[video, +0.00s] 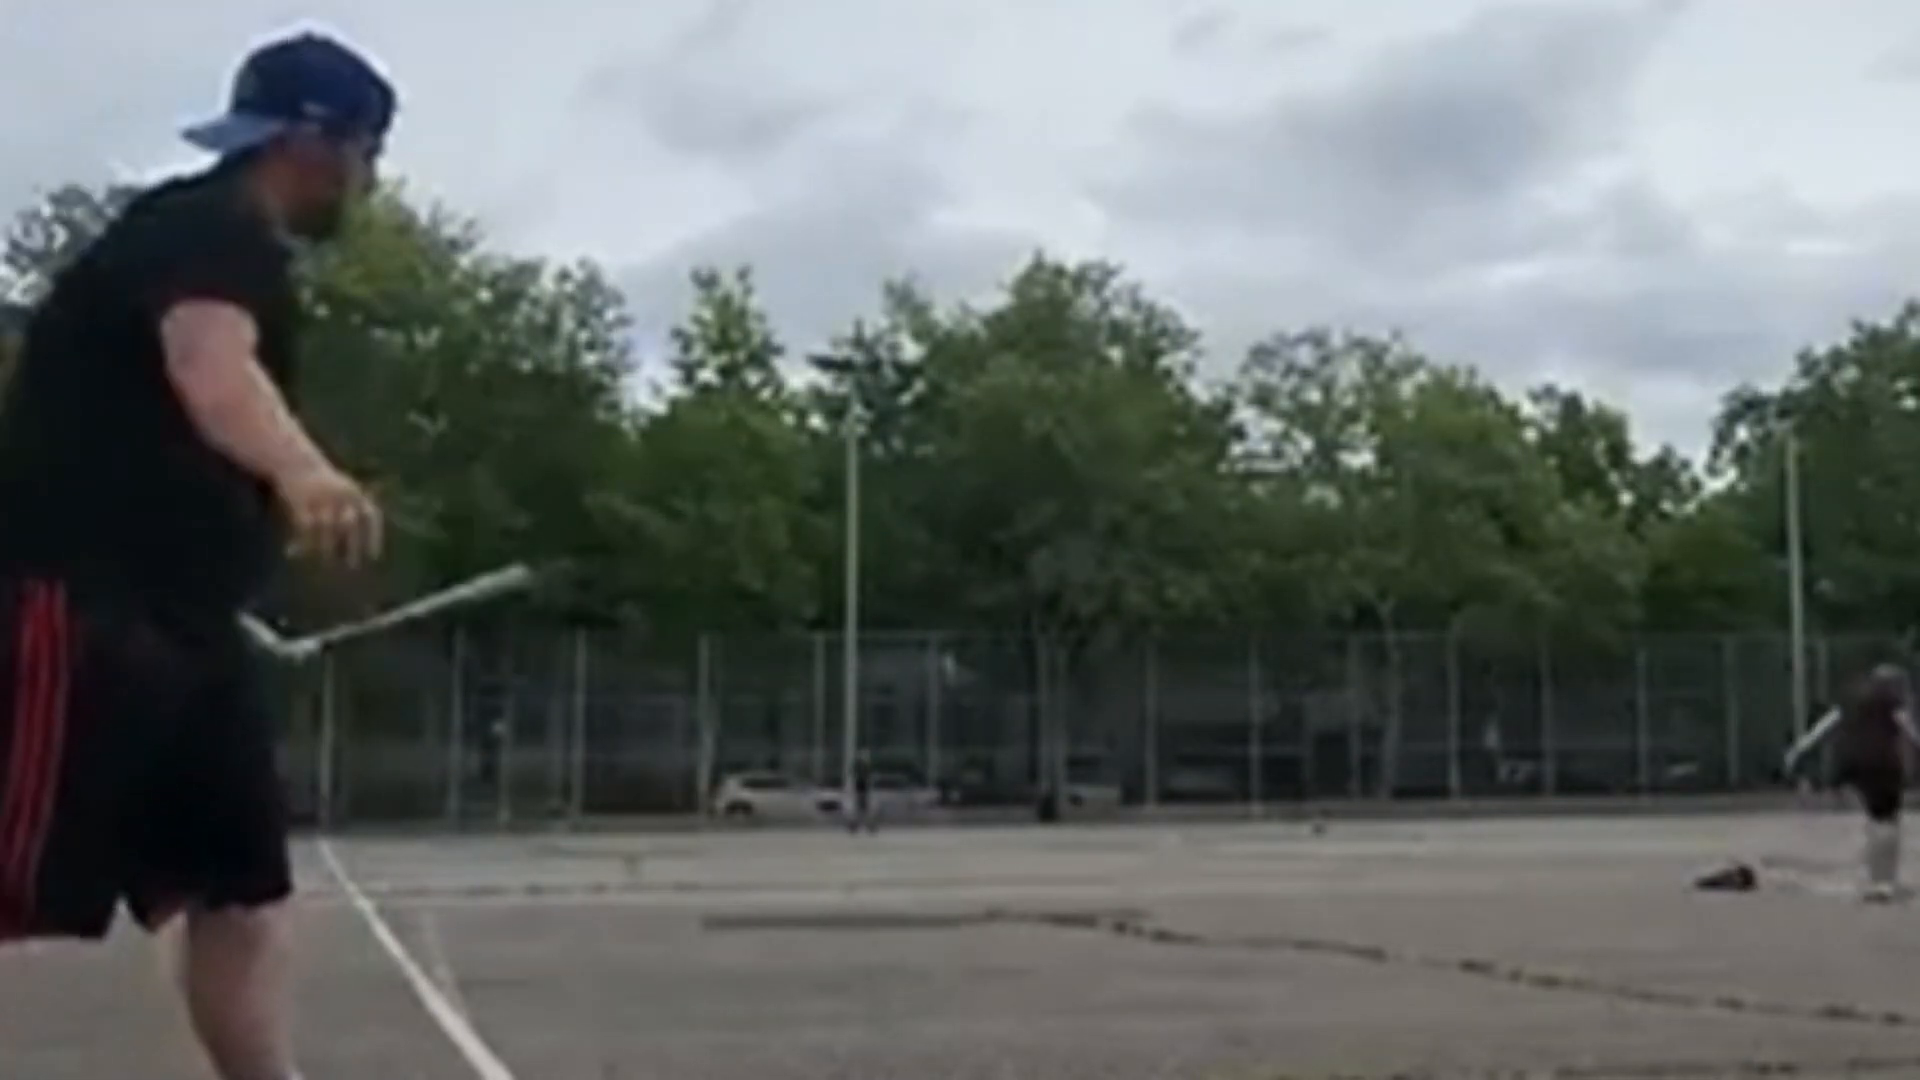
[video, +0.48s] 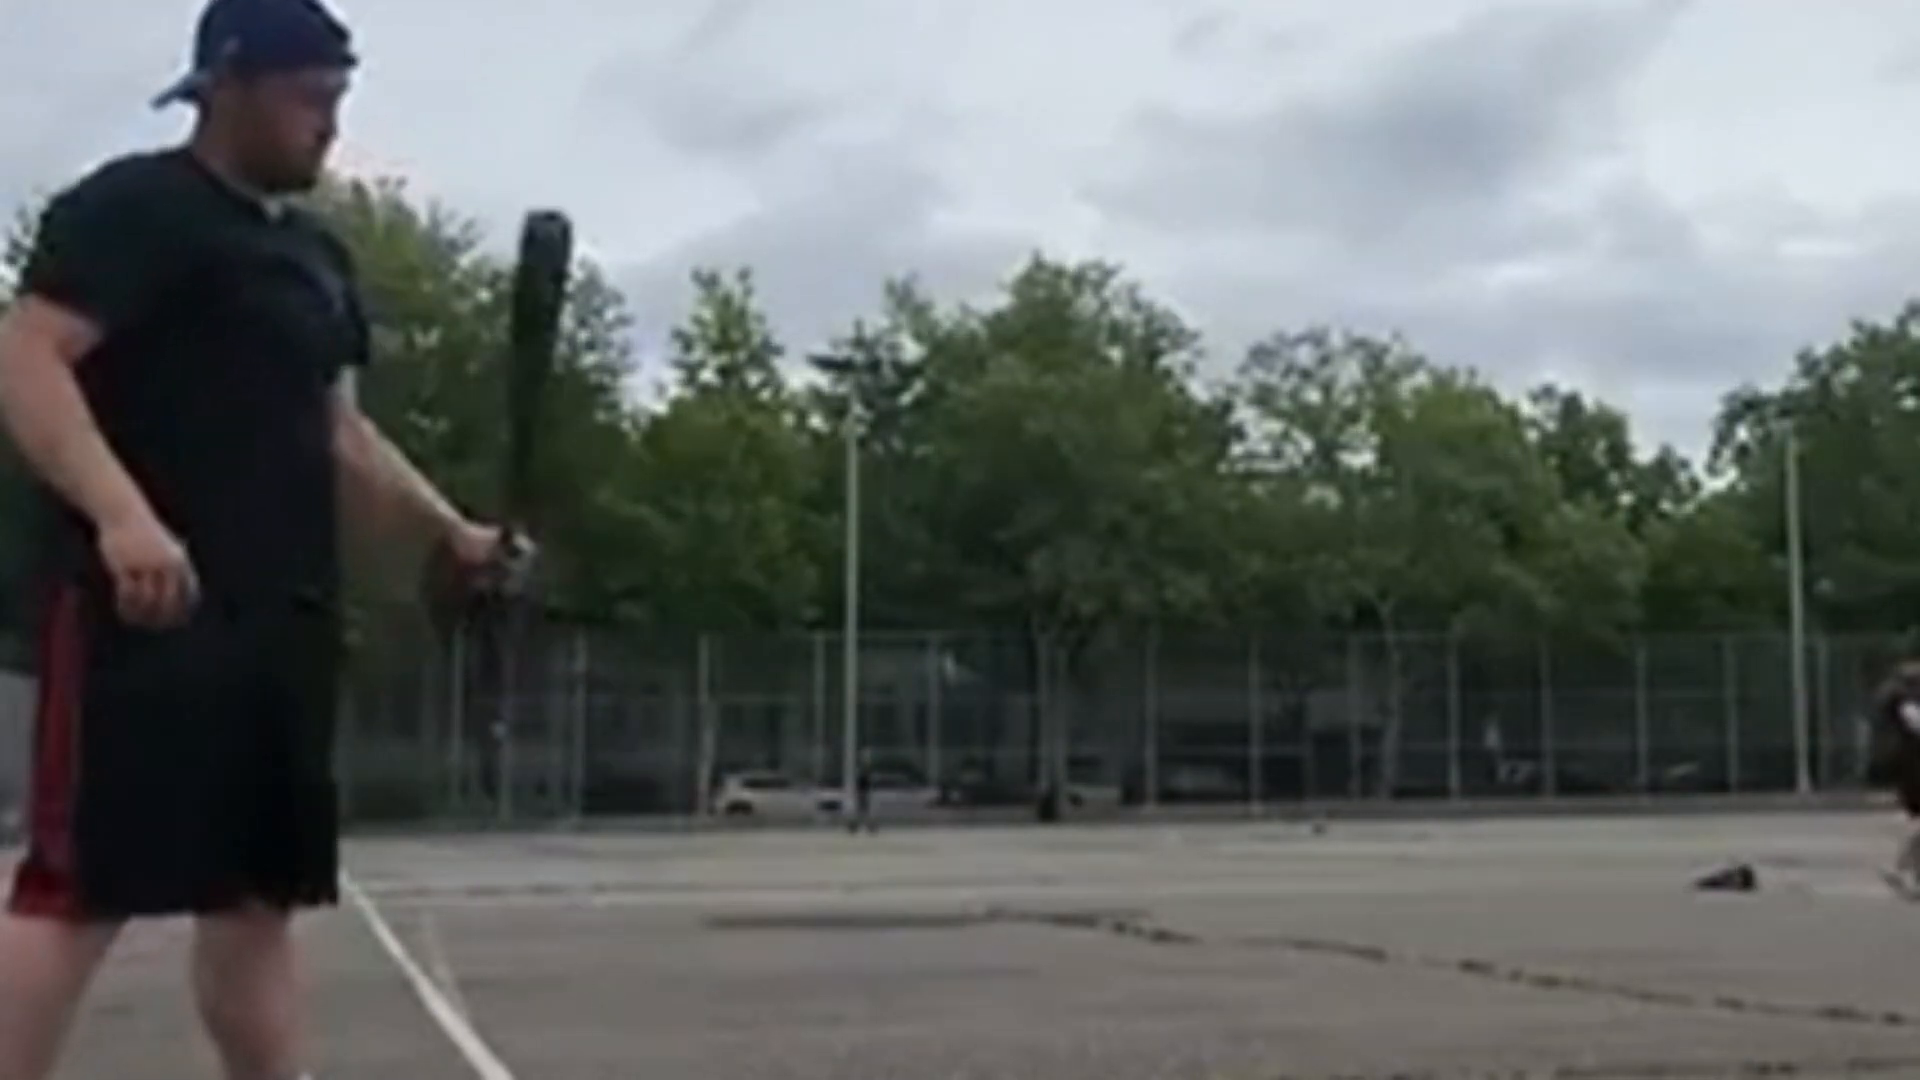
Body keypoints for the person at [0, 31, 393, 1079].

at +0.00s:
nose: (364, 181)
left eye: (367, 157)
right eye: (358, 153)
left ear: (270, 140)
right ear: (302, 142)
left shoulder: (197, 234)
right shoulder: (208, 227)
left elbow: (143, 439)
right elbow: (212, 370)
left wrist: (226, 588)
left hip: (174, 606)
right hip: (83, 596)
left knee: (234, 904)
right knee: (37, 902)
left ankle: (265, 1069)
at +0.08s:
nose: (388, 174)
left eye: (391, 151)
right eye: (381, 147)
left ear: (316, 134)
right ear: (318, 132)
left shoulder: (277, 268)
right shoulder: (210, 213)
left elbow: (217, 455)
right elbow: (166, 333)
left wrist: (277, 592)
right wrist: (227, 411)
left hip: (207, 592)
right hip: (90, 571)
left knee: (243, 899)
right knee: (38, 873)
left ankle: (264, 1064)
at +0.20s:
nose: (398, 154)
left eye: (402, 133)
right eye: (384, 128)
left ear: (336, 122)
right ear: (308, 114)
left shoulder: (319, 275)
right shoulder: (197, 203)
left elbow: (314, 455)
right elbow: (89, 320)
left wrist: (373, 602)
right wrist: (135, 392)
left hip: (257, 597)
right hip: (115, 578)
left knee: (254, 901)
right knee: (58, 869)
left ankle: (267, 1067)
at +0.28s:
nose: (390, 145)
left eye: (394, 124)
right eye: (374, 119)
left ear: (338, 117)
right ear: (299, 108)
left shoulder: (337, 272)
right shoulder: (193, 204)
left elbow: (337, 455)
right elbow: (64, 329)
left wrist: (393, 603)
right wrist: (124, 423)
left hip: (275, 613)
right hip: (131, 591)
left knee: (260, 904)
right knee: (64, 880)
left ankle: (272, 1067)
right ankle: (16, 1058)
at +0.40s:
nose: (356, 125)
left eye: (361, 104)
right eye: (336, 102)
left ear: (342, 110)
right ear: (255, 96)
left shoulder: (328, 256)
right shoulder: (159, 205)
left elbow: (342, 433)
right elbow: (36, 352)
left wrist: (436, 551)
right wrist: (118, 492)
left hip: (282, 615)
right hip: (130, 601)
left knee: (263, 903)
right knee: (71, 894)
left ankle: (271, 1067)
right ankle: (20, 1061)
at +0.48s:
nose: (331, 121)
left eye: (336, 99)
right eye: (313, 97)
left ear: (316, 101)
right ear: (229, 89)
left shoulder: (315, 253)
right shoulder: (127, 207)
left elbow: (334, 422)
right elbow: (25, 360)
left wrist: (448, 530)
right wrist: (122, 517)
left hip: (275, 613)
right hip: (126, 604)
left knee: (254, 908)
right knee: (69, 906)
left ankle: (273, 1073)